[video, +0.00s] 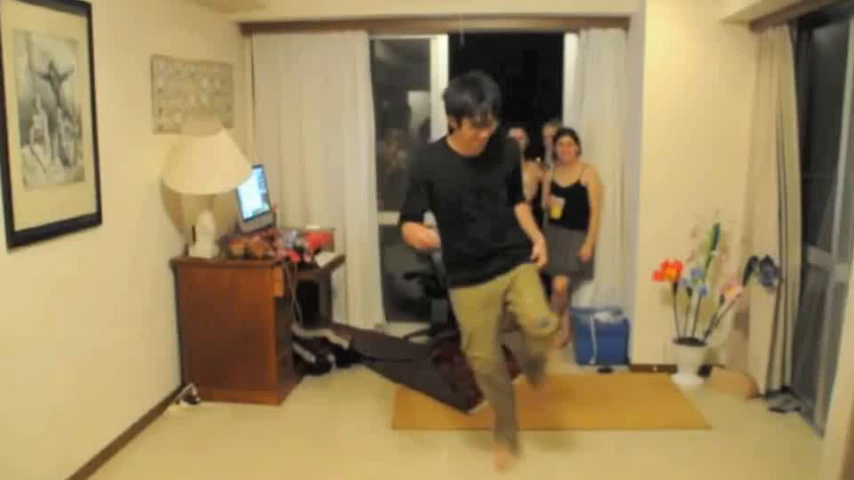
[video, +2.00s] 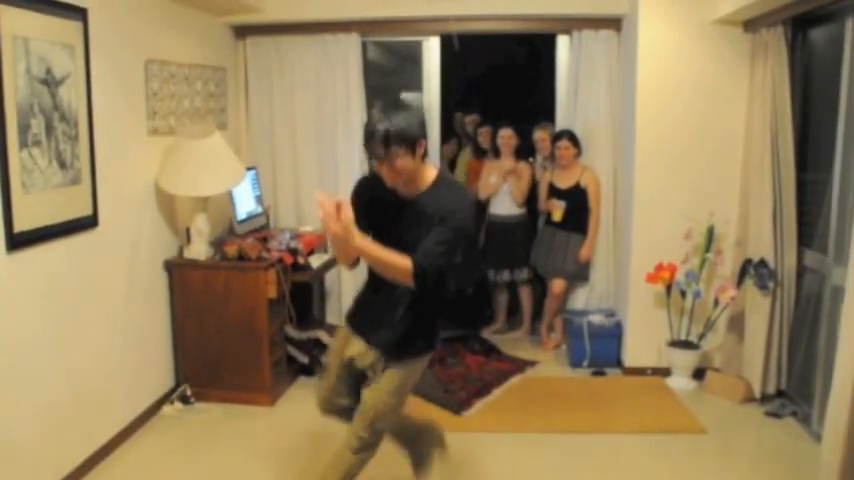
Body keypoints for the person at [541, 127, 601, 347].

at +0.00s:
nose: (566, 149)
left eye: (570, 144)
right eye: (561, 144)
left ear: (578, 148)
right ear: (555, 149)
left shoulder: (588, 173)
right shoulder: (551, 174)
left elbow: (595, 209)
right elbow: (544, 203)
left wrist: (589, 242)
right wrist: (550, 202)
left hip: (577, 232)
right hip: (554, 230)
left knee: (561, 284)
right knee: (560, 287)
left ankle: (556, 324)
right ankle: (565, 328)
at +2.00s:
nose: (562, 153)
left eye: (567, 148)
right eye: (558, 148)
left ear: (576, 150)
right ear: (554, 152)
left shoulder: (587, 176)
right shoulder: (548, 176)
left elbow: (594, 211)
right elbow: (540, 205)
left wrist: (589, 243)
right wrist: (549, 205)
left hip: (574, 235)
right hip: (552, 232)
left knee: (558, 286)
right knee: (554, 288)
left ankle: (545, 326)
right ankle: (559, 331)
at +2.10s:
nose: (562, 153)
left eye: (567, 149)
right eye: (558, 149)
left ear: (576, 151)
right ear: (553, 152)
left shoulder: (586, 175)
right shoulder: (547, 176)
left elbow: (596, 210)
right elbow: (540, 205)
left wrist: (584, 238)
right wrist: (549, 206)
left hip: (573, 235)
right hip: (551, 232)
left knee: (558, 287)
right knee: (553, 288)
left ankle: (544, 326)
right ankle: (558, 331)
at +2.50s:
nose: (564, 159)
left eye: (568, 154)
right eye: (560, 154)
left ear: (575, 153)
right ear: (553, 155)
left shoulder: (585, 174)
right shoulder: (546, 177)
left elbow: (597, 207)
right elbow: (538, 206)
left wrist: (570, 209)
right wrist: (550, 211)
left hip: (574, 235)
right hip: (550, 233)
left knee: (555, 286)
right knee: (553, 286)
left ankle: (543, 330)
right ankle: (556, 332)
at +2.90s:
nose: (564, 179)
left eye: (568, 175)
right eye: (560, 175)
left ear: (574, 169)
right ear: (551, 170)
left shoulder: (583, 183)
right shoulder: (541, 178)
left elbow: (589, 215)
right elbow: (530, 208)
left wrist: (572, 231)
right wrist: (546, 225)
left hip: (570, 232)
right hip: (544, 231)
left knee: (550, 282)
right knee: (546, 284)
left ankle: (549, 332)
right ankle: (552, 329)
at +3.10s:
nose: (569, 198)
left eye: (573, 194)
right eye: (565, 194)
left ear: (578, 188)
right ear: (555, 186)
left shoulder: (582, 198)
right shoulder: (541, 185)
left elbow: (585, 226)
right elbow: (528, 214)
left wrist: (580, 255)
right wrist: (542, 235)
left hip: (567, 234)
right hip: (540, 232)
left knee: (550, 283)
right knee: (542, 284)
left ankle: (550, 333)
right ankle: (549, 329)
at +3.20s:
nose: (569, 206)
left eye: (573, 202)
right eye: (566, 202)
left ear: (578, 197)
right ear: (556, 193)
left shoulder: (581, 203)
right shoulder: (541, 190)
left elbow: (584, 232)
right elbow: (528, 217)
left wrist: (582, 265)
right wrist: (541, 239)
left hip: (566, 238)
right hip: (539, 236)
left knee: (548, 283)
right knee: (540, 285)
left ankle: (551, 334)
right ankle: (548, 326)